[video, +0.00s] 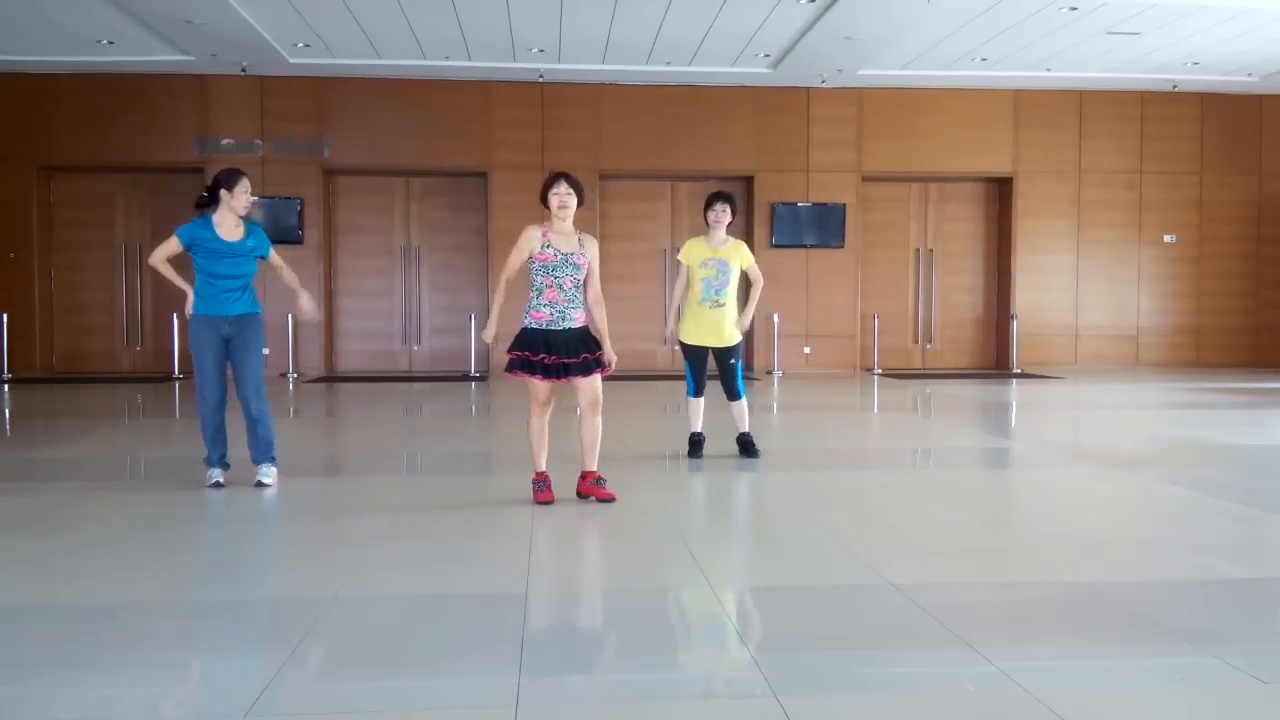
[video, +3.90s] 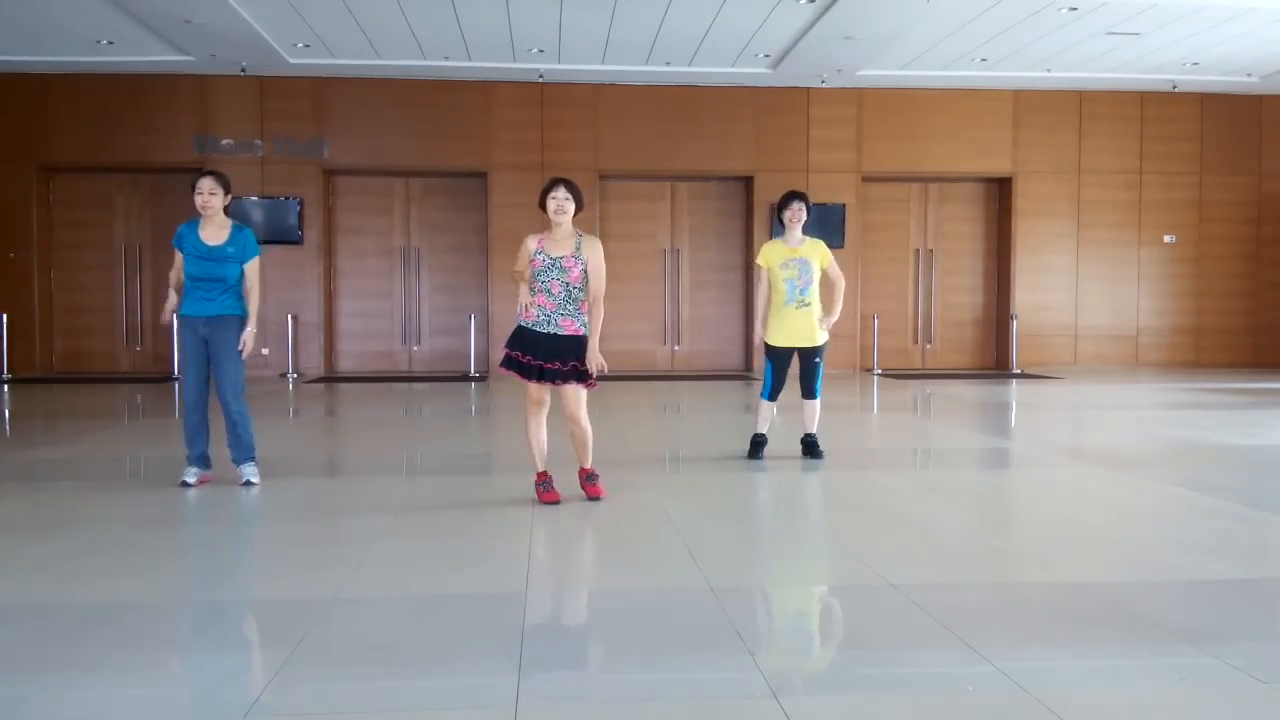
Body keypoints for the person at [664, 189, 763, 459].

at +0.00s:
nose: (718, 214)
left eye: (724, 210)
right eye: (714, 209)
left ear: (731, 217)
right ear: (705, 214)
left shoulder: (739, 249)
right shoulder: (691, 246)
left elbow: (757, 281)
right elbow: (680, 284)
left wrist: (747, 314)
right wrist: (671, 320)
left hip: (726, 329)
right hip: (692, 328)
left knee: (734, 387)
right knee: (695, 387)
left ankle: (744, 436)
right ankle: (696, 437)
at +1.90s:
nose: (730, 222)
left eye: (735, 217)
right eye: (725, 217)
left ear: (740, 222)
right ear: (715, 219)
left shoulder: (746, 253)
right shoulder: (699, 250)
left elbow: (760, 284)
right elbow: (686, 282)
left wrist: (754, 314)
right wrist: (676, 307)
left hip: (736, 328)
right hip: (703, 328)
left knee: (754, 383)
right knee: (699, 385)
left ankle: (771, 435)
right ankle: (692, 434)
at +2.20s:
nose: (760, 222)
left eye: (765, 218)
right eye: (754, 218)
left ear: (771, 223)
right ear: (745, 223)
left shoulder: (781, 256)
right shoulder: (734, 254)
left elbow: (795, 287)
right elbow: (719, 291)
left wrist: (789, 317)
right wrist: (712, 323)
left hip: (772, 331)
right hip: (737, 331)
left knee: (791, 382)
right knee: (721, 384)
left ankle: (805, 438)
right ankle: (697, 433)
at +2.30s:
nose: (770, 220)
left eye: (775, 215)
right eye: (765, 215)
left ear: (781, 220)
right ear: (756, 221)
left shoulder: (793, 253)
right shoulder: (745, 253)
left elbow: (811, 281)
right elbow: (735, 291)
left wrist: (805, 315)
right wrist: (729, 326)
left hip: (787, 329)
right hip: (753, 330)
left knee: (800, 385)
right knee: (735, 386)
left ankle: (806, 438)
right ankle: (714, 433)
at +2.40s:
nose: (779, 217)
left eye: (783, 212)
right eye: (773, 213)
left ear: (790, 217)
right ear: (764, 218)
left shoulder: (802, 250)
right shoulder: (754, 251)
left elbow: (821, 279)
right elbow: (747, 290)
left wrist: (815, 314)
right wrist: (743, 327)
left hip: (797, 329)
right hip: (763, 330)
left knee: (804, 387)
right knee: (751, 387)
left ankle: (807, 438)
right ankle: (740, 436)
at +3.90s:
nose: (795, 214)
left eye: (800, 210)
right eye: (790, 209)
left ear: (806, 215)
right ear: (781, 214)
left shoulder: (817, 247)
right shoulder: (769, 249)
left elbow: (839, 281)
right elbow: (762, 288)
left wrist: (833, 316)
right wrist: (758, 325)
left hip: (812, 329)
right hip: (778, 329)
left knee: (811, 389)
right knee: (772, 387)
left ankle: (810, 439)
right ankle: (759, 437)